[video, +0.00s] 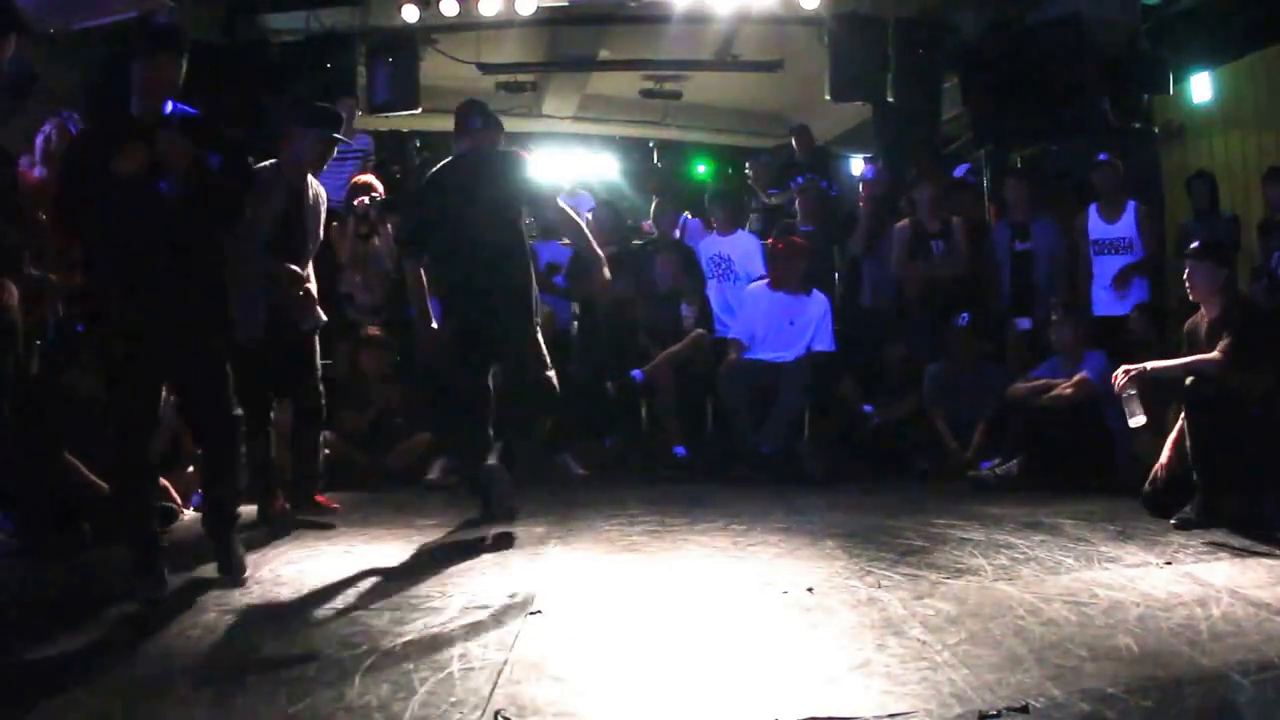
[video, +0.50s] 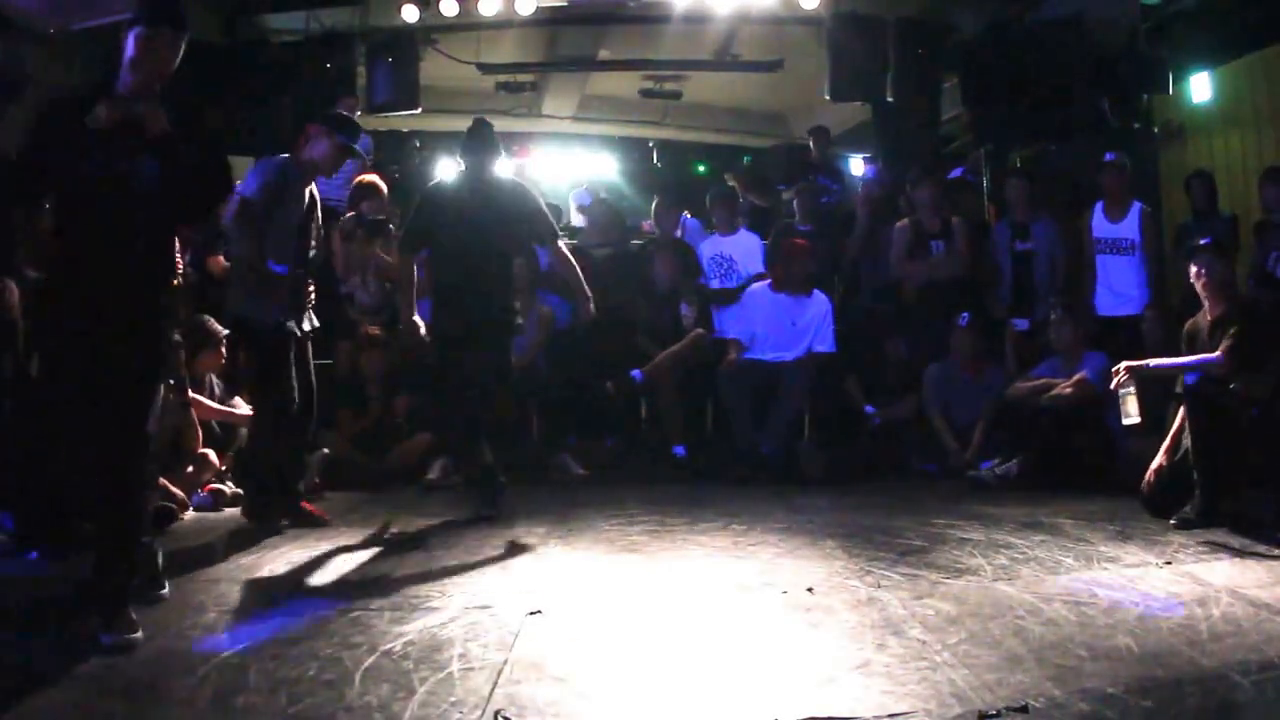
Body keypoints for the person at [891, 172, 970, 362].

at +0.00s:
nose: (929, 201)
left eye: (932, 195)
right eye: (923, 195)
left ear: (939, 197)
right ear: (914, 198)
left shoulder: (955, 225)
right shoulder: (903, 229)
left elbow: (961, 264)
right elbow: (898, 267)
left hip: (950, 295)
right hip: (917, 298)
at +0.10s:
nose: (929, 201)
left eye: (933, 195)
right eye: (923, 195)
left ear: (939, 197)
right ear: (914, 197)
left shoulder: (955, 225)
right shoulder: (903, 229)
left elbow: (963, 264)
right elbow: (899, 268)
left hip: (951, 295)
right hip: (918, 298)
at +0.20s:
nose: (929, 199)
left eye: (933, 193)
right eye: (923, 193)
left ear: (940, 195)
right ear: (914, 195)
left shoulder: (955, 225)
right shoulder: (904, 229)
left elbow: (963, 265)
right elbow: (899, 269)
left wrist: (924, 273)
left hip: (951, 298)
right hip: (917, 300)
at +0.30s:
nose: (929, 200)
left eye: (933, 193)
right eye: (923, 194)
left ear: (940, 195)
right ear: (914, 196)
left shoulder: (955, 226)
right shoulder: (904, 229)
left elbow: (962, 264)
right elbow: (900, 269)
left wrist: (922, 272)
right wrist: (943, 268)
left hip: (952, 296)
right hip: (918, 299)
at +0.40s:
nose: (929, 199)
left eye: (933, 192)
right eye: (923, 193)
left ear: (940, 194)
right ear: (913, 195)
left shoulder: (955, 226)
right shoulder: (904, 229)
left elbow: (962, 265)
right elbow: (899, 268)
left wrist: (921, 272)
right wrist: (942, 268)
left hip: (952, 299)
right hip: (917, 301)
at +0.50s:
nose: (928, 196)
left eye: (932, 190)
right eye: (922, 190)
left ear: (939, 192)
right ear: (912, 195)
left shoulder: (955, 225)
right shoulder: (904, 229)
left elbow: (961, 264)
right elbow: (898, 268)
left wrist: (923, 273)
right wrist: (941, 265)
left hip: (952, 296)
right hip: (918, 299)